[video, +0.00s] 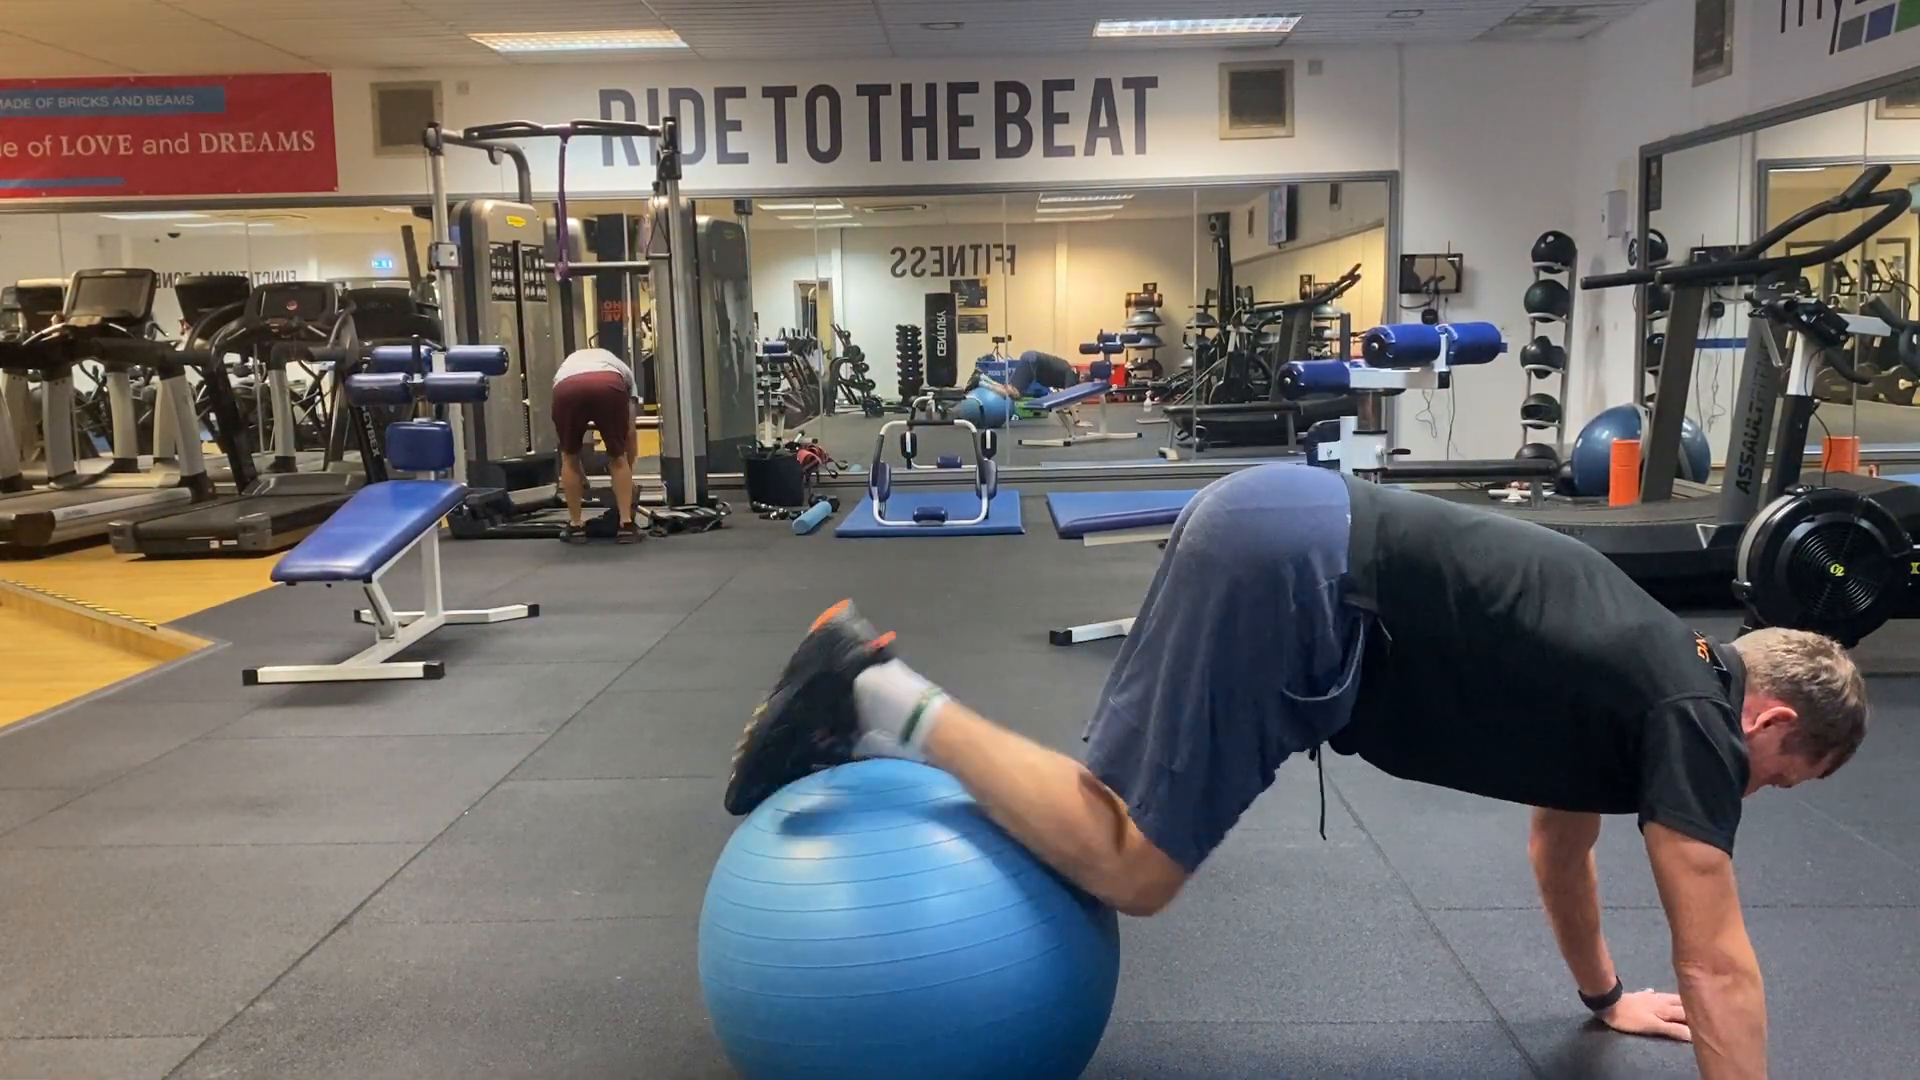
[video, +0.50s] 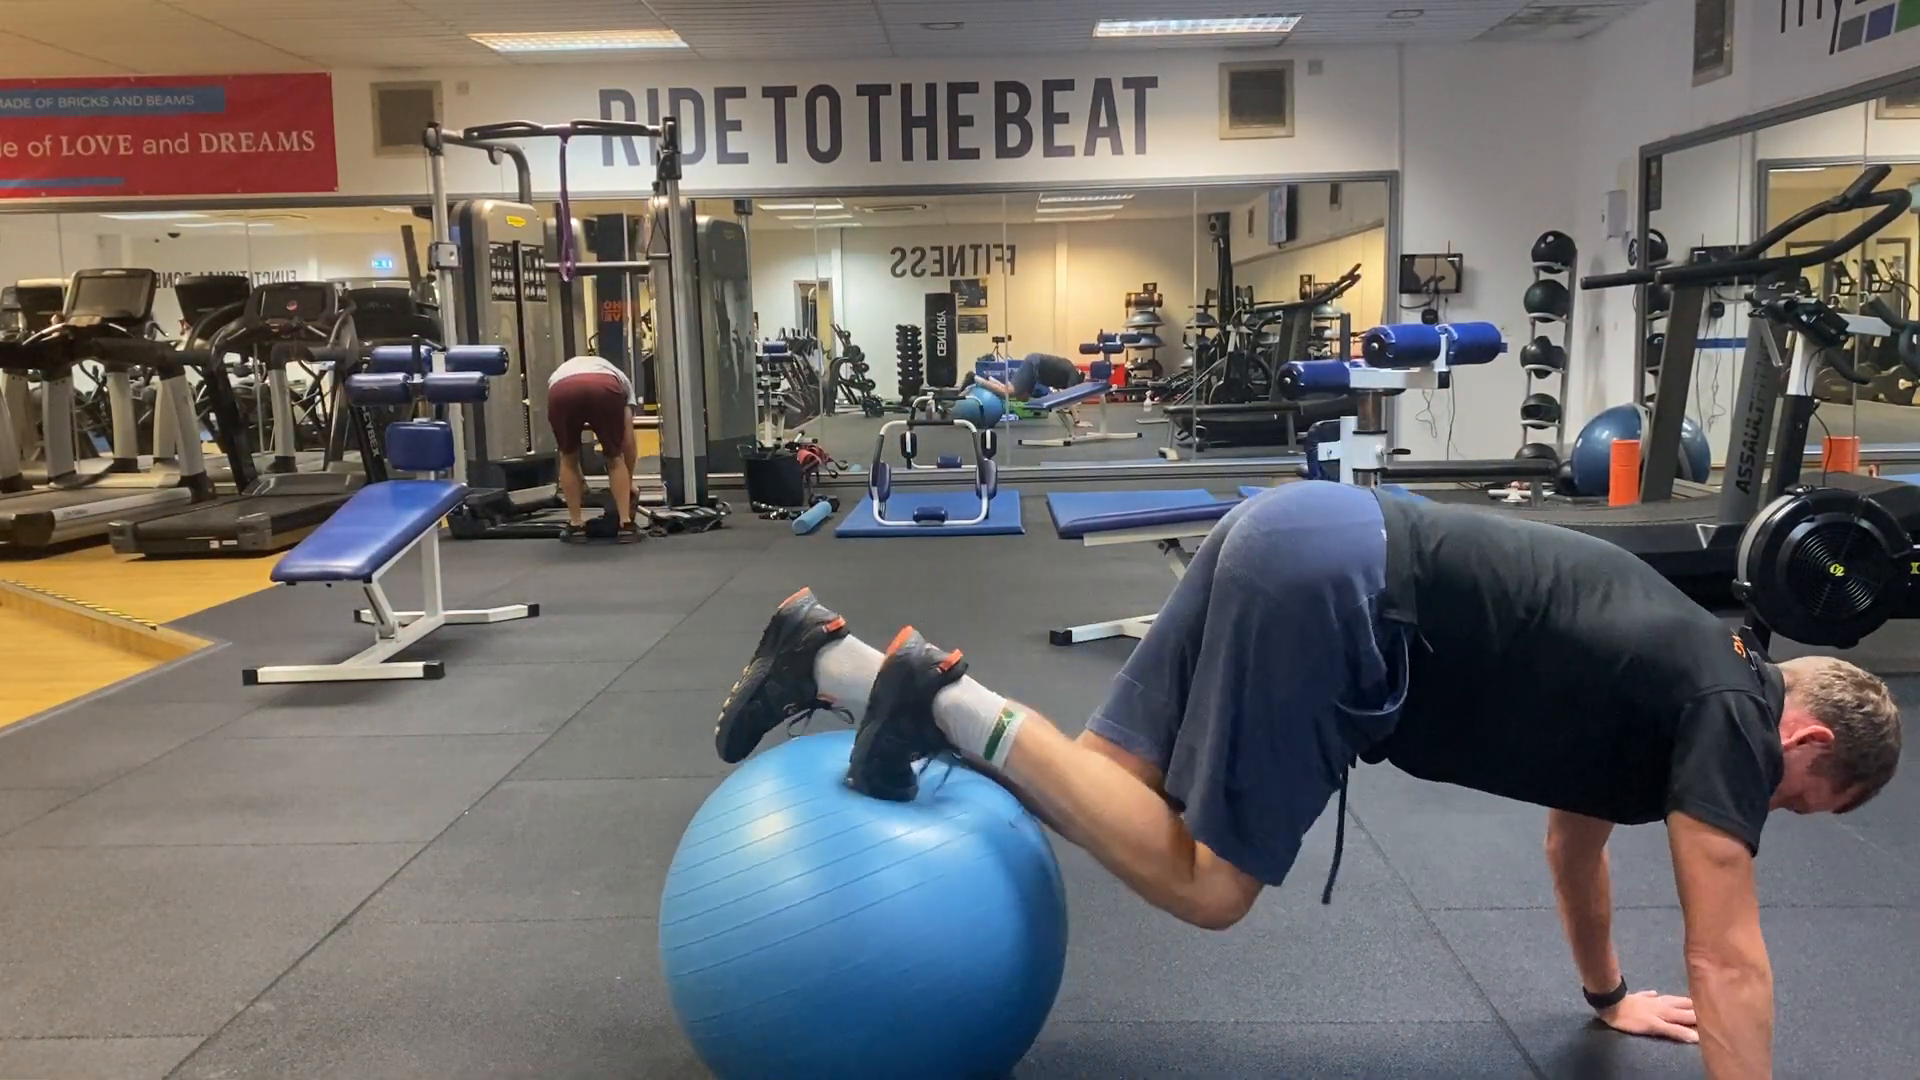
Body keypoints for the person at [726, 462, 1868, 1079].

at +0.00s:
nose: (1770, 788)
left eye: (1787, 776)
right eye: (1789, 771)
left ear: (1747, 674)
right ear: (1775, 718)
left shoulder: (1626, 649)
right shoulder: (1692, 710)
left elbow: (1561, 847)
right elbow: (1717, 974)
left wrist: (1609, 1000)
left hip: (1285, 509)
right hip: (1301, 556)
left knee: (1114, 816)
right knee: (1135, 871)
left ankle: (868, 685)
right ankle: (875, 689)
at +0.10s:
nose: (1768, 797)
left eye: (1786, 786)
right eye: (1786, 778)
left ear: (1745, 682)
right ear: (1768, 716)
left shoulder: (1627, 658)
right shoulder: (1685, 711)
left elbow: (1567, 848)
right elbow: (1719, 976)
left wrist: (1607, 993)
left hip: (1276, 518)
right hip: (1298, 556)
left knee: (1133, 826)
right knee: (1198, 899)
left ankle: (851, 712)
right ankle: (1016, 623)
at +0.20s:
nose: (1763, 813)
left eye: (1782, 804)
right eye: (1781, 793)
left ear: (1748, 692)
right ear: (1771, 733)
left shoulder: (1622, 666)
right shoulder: (1689, 710)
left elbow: (1560, 854)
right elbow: (1720, 975)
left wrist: (1607, 994)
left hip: (1271, 517)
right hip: (1316, 555)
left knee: (1085, 822)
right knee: (1251, 902)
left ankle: (817, 698)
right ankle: (1066, 616)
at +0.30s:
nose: (1765, 814)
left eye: (1787, 808)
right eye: (1787, 797)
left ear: (1760, 692)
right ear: (1784, 735)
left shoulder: (1637, 659)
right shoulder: (1700, 708)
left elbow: (1574, 842)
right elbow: (1723, 976)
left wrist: (1608, 993)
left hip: (1280, 508)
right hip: (1329, 551)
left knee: (1079, 797)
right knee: (1247, 887)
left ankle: (808, 687)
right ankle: (1005, 686)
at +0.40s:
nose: (1782, 809)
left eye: (1802, 802)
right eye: (1804, 793)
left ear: (1776, 691)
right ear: (1801, 732)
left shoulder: (1649, 652)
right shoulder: (1712, 709)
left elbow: (1580, 845)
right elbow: (1721, 979)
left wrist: (1609, 992)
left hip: (1290, 511)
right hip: (1338, 564)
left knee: (1096, 786)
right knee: (1228, 885)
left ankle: (818, 674)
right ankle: (987, 692)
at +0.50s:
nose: (1793, 811)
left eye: (1812, 803)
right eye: (1814, 794)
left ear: (1786, 701)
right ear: (1811, 731)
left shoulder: (1646, 650)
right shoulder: (1723, 700)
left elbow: (1576, 838)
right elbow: (1728, 975)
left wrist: (1605, 992)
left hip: (1292, 525)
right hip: (1339, 578)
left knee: (1119, 803)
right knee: (1214, 886)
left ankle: (833, 664)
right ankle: (955, 700)